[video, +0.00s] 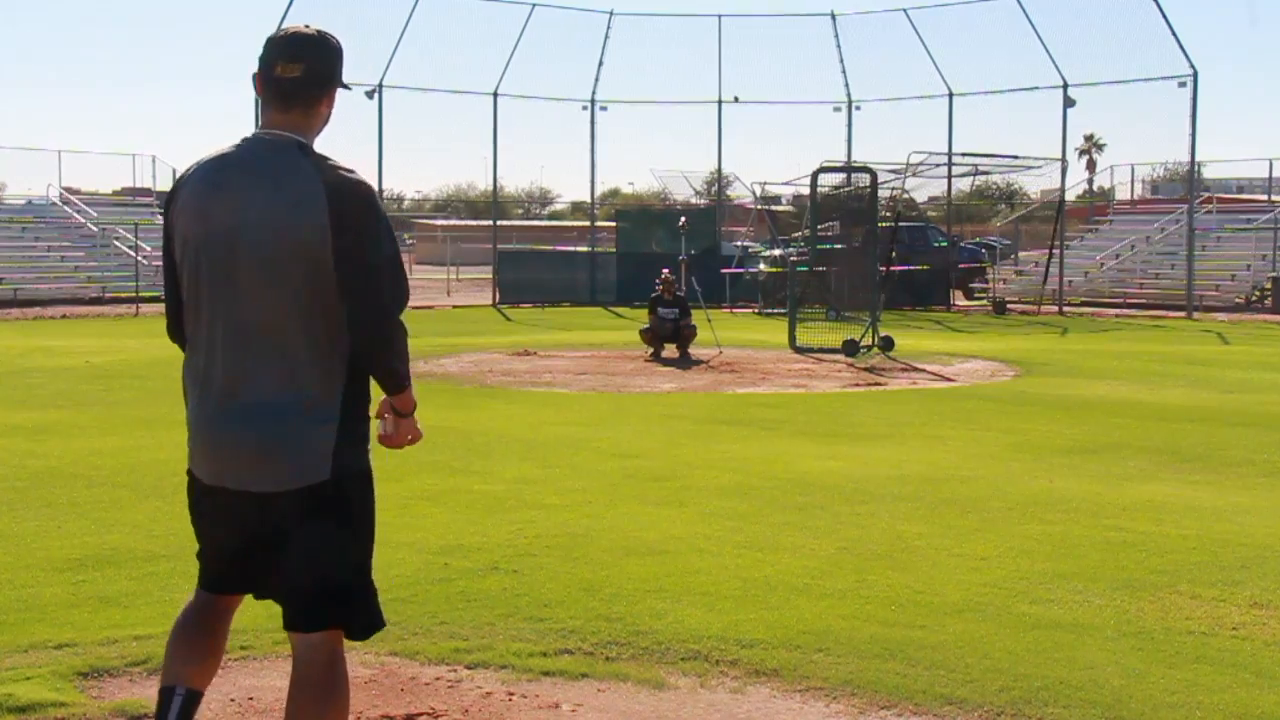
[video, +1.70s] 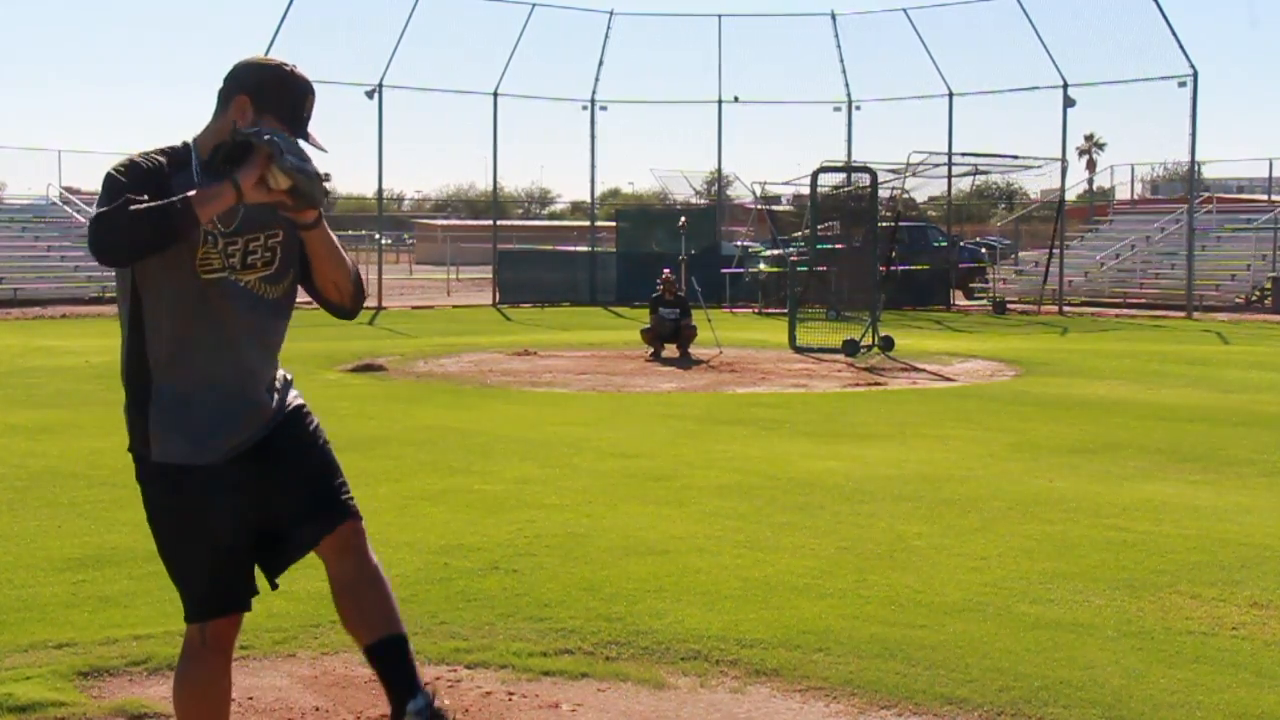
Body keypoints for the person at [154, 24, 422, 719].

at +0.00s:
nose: (331, 106)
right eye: (334, 95)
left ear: (257, 89)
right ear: (331, 99)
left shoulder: (191, 188)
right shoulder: (345, 193)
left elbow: (183, 323)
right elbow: (378, 320)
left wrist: (242, 369)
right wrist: (400, 397)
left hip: (216, 448)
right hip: (317, 452)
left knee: (215, 591)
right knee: (320, 634)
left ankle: (168, 714)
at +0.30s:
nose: (286, 124)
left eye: (287, 112)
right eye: (287, 111)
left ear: (213, 103)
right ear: (275, 112)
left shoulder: (148, 192)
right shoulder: (250, 200)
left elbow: (183, 317)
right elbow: (291, 343)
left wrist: (298, 306)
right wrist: (343, 352)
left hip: (151, 456)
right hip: (244, 458)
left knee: (141, 625)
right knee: (281, 639)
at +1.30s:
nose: (260, 155)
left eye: (266, 144)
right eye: (259, 138)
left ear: (225, 120)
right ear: (217, 112)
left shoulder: (231, 203)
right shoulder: (146, 189)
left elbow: (277, 315)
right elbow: (190, 295)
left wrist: (320, 267)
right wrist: (287, 265)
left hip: (204, 446)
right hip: (159, 448)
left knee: (183, 614)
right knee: (236, 615)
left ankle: (120, 717)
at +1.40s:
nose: (268, 148)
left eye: (274, 136)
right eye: (265, 131)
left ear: (236, 118)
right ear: (221, 107)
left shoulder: (250, 203)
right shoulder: (144, 186)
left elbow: (301, 313)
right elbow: (182, 286)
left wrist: (323, 256)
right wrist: (290, 243)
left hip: (232, 440)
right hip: (162, 447)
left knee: (279, 591)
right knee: (222, 622)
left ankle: (165, 711)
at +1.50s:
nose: (275, 147)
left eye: (280, 134)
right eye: (271, 129)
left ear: (241, 116)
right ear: (227, 106)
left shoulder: (259, 198)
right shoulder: (141, 182)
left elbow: (317, 310)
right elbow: (148, 271)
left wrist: (318, 247)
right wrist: (268, 228)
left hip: (254, 433)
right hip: (171, 444)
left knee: (322, 575)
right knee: (220, 620)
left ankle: (244, 712)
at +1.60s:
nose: (282, 147)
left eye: (288, 134)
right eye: (276, 128)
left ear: (250, 118)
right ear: (231, 107)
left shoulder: (271, 196)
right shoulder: (138, 178)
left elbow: (333, 308)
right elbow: (123, 253)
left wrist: (309, 229)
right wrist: (244, 210)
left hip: (259, 419)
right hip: (174, 443)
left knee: (338, 557)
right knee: (216, 620)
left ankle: (340, 717)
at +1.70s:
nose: (284, 150)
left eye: (294, 139)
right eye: (279, 133)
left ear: (294, 140)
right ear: (239, 111)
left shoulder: (281, 190)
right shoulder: (149, 174)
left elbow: (348, 301)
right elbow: (109, 241)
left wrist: (306, 215)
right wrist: (229, 190)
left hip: (270, 410)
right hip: (182, 439)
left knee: (344, 532)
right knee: (215, 618)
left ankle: (412, 701)